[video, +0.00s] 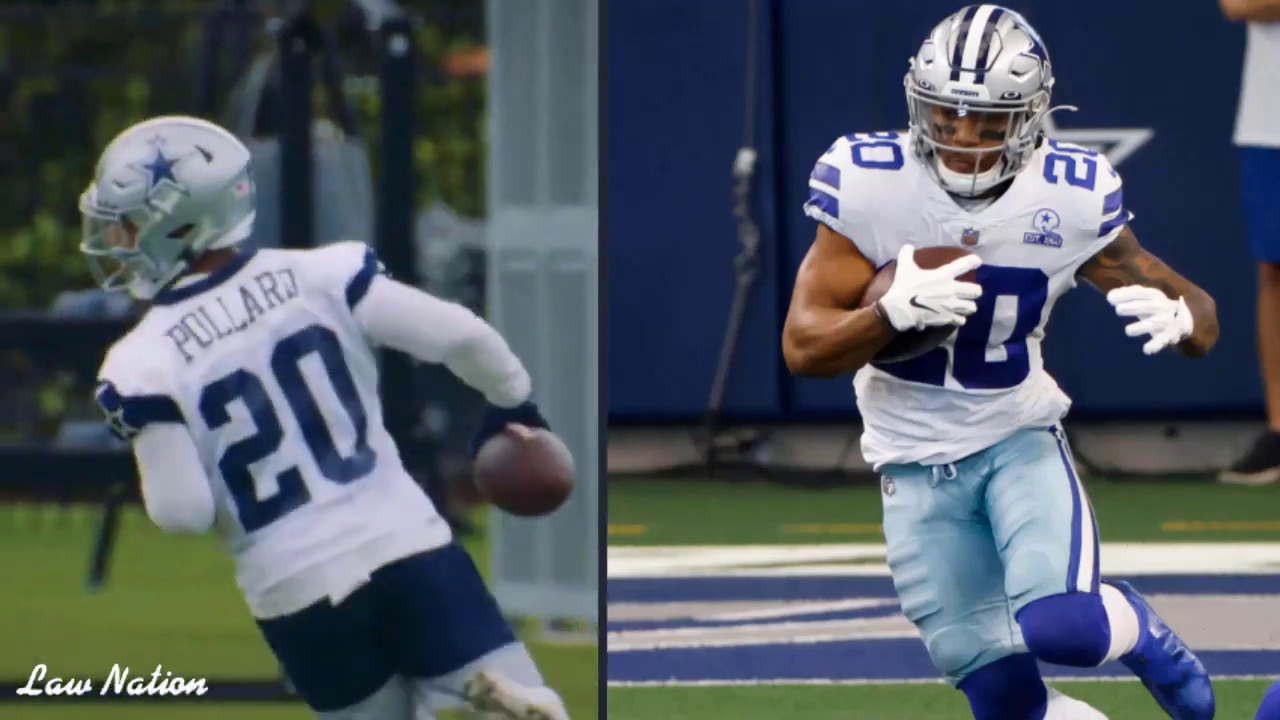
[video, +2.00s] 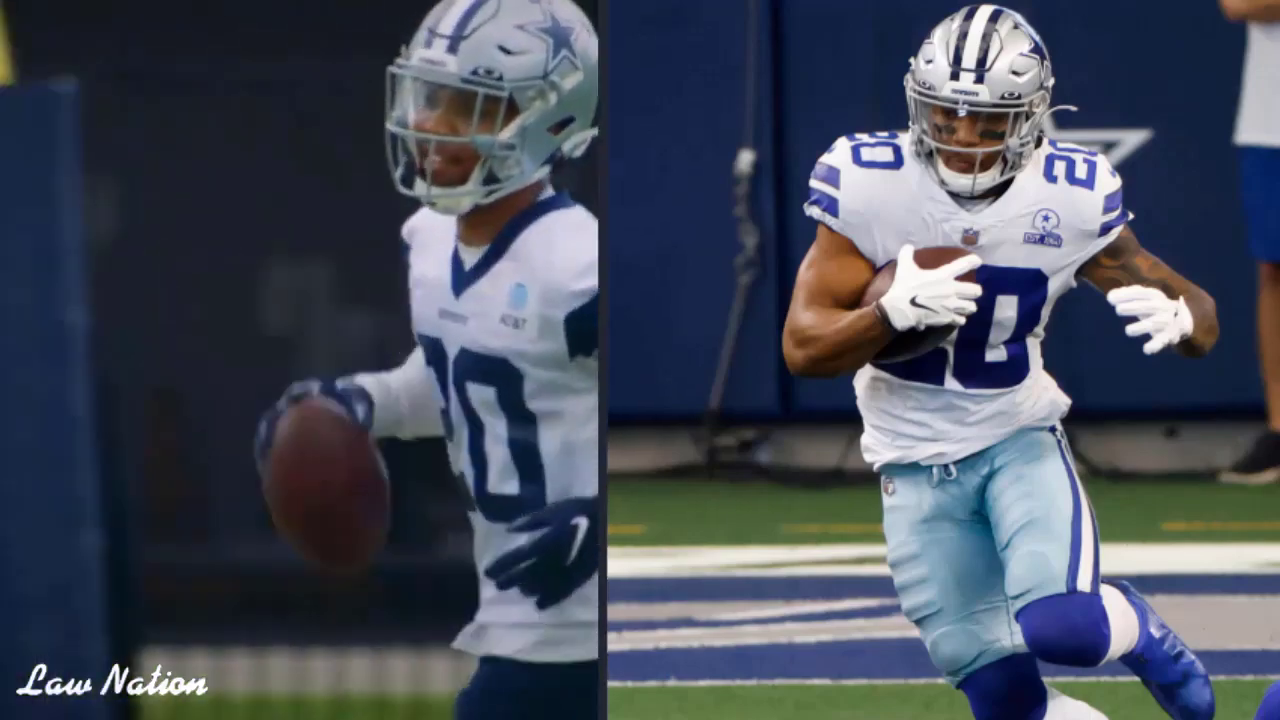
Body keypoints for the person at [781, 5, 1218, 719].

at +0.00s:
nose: (966, 138)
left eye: (988, 121)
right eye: (950, 117)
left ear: (1028, 119)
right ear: (922, 110)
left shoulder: (1071, 194)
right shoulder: (863, 179)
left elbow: (1197, 309)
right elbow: (801, 349)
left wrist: (1181, 319)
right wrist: (887, 313)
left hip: (1018, 437)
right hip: (911, 467)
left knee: (1054, 626)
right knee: (1001, 696)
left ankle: (1142, 633)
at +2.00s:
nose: (966, 138)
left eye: (988, 121)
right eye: (950, 117)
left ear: (1028, 119)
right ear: (922, 110)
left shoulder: (1071, 194)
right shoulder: (863, 179)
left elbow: (1197, 309)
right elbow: (801, 349)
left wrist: (1181, 319)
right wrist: (887, 313)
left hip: (1018, 437)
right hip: (911, 467)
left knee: (1054, 626)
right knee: (1001, 696)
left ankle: (1142, 633)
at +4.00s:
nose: (966, 137)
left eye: (988, 121)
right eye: (950, 117)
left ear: (1027, 118)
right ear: (922, 110)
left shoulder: (1072, 194)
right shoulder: (863, 180)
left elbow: (1197, 310)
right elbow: (801, 350)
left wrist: (1181, 318)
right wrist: (887, 313)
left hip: (1018, 437)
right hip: (911, 467)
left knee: (1054, 626)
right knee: (1001, 697)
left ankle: (1142, 632)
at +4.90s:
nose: (966, 137)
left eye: (988, 121)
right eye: (951, 117)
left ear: (1028, 119)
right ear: (923, 110)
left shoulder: (1071, 194)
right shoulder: (862, 179)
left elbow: (1197, 310)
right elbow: (801, 350)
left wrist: (1181, 319)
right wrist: (887, 312)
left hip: (1018, 437)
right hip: (911, 467)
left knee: (1054, 626)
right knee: (1001, 697)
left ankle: (1142, 632)